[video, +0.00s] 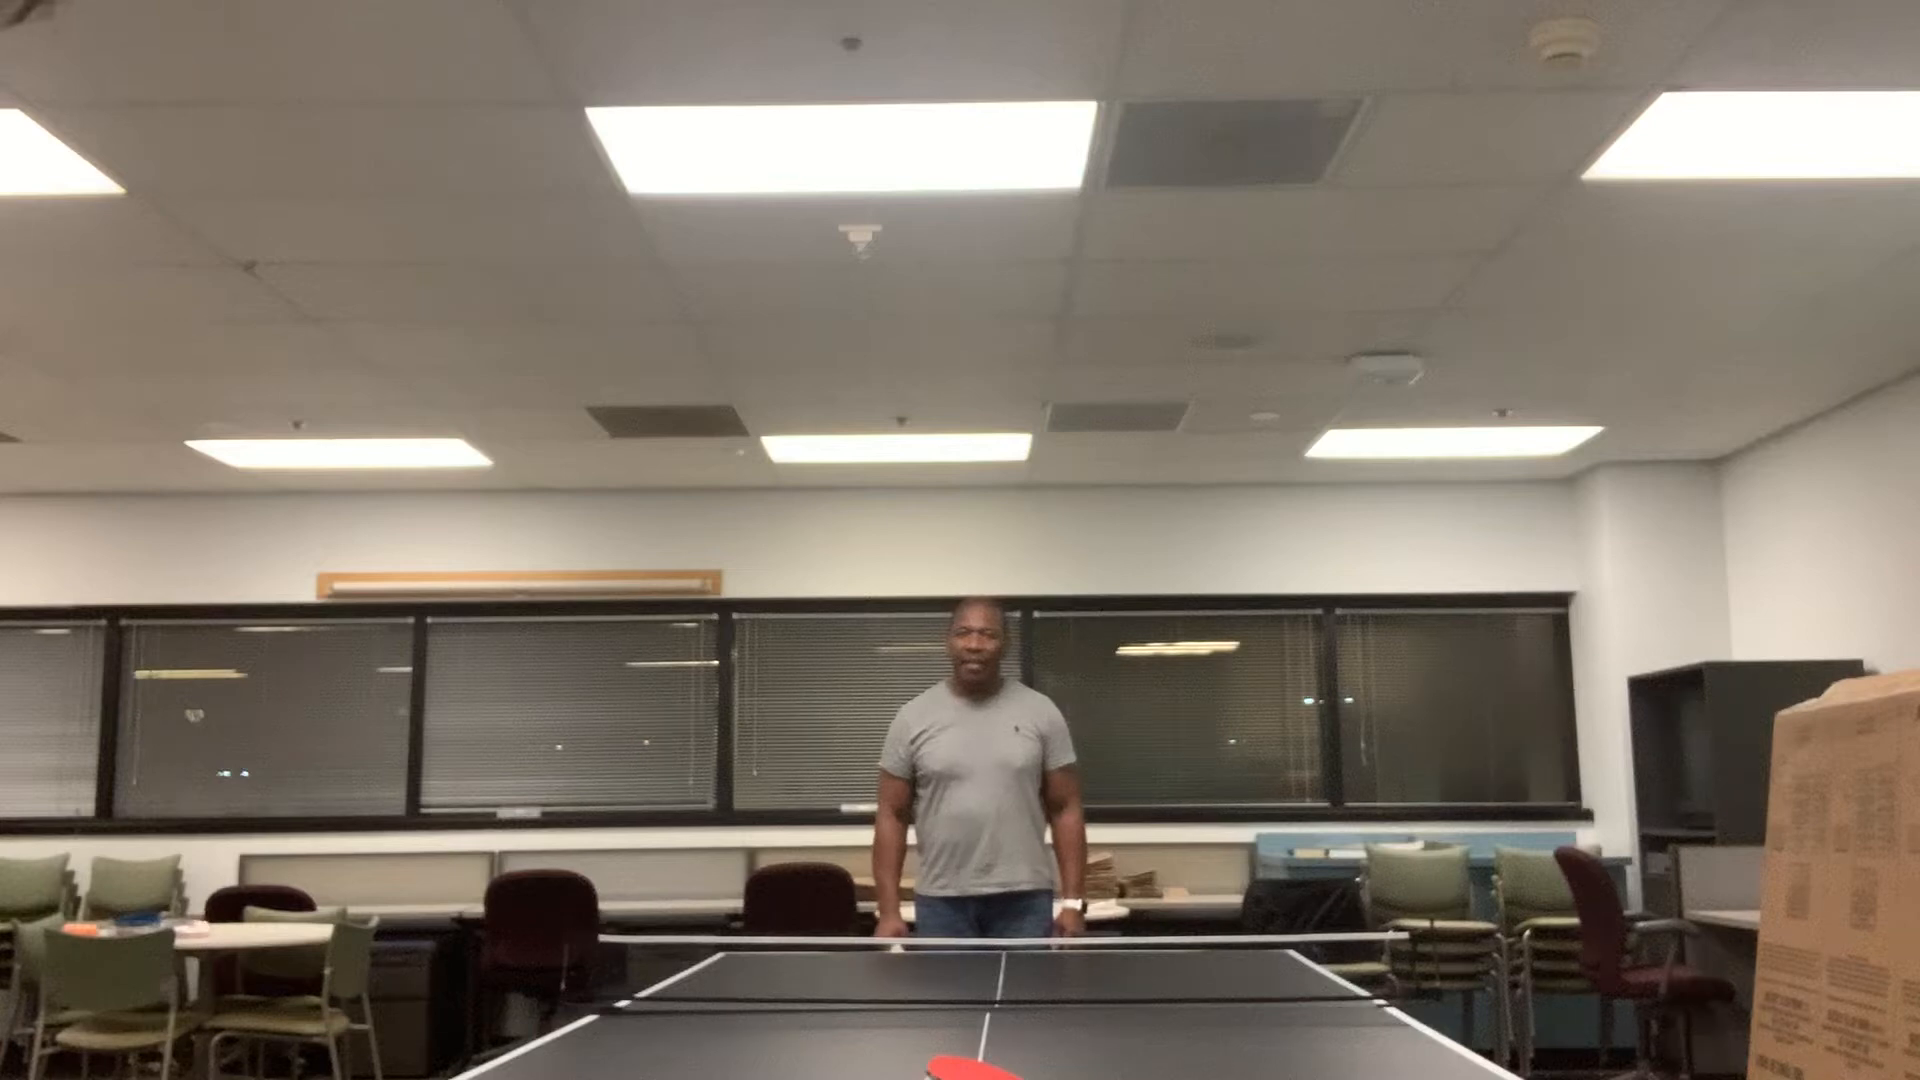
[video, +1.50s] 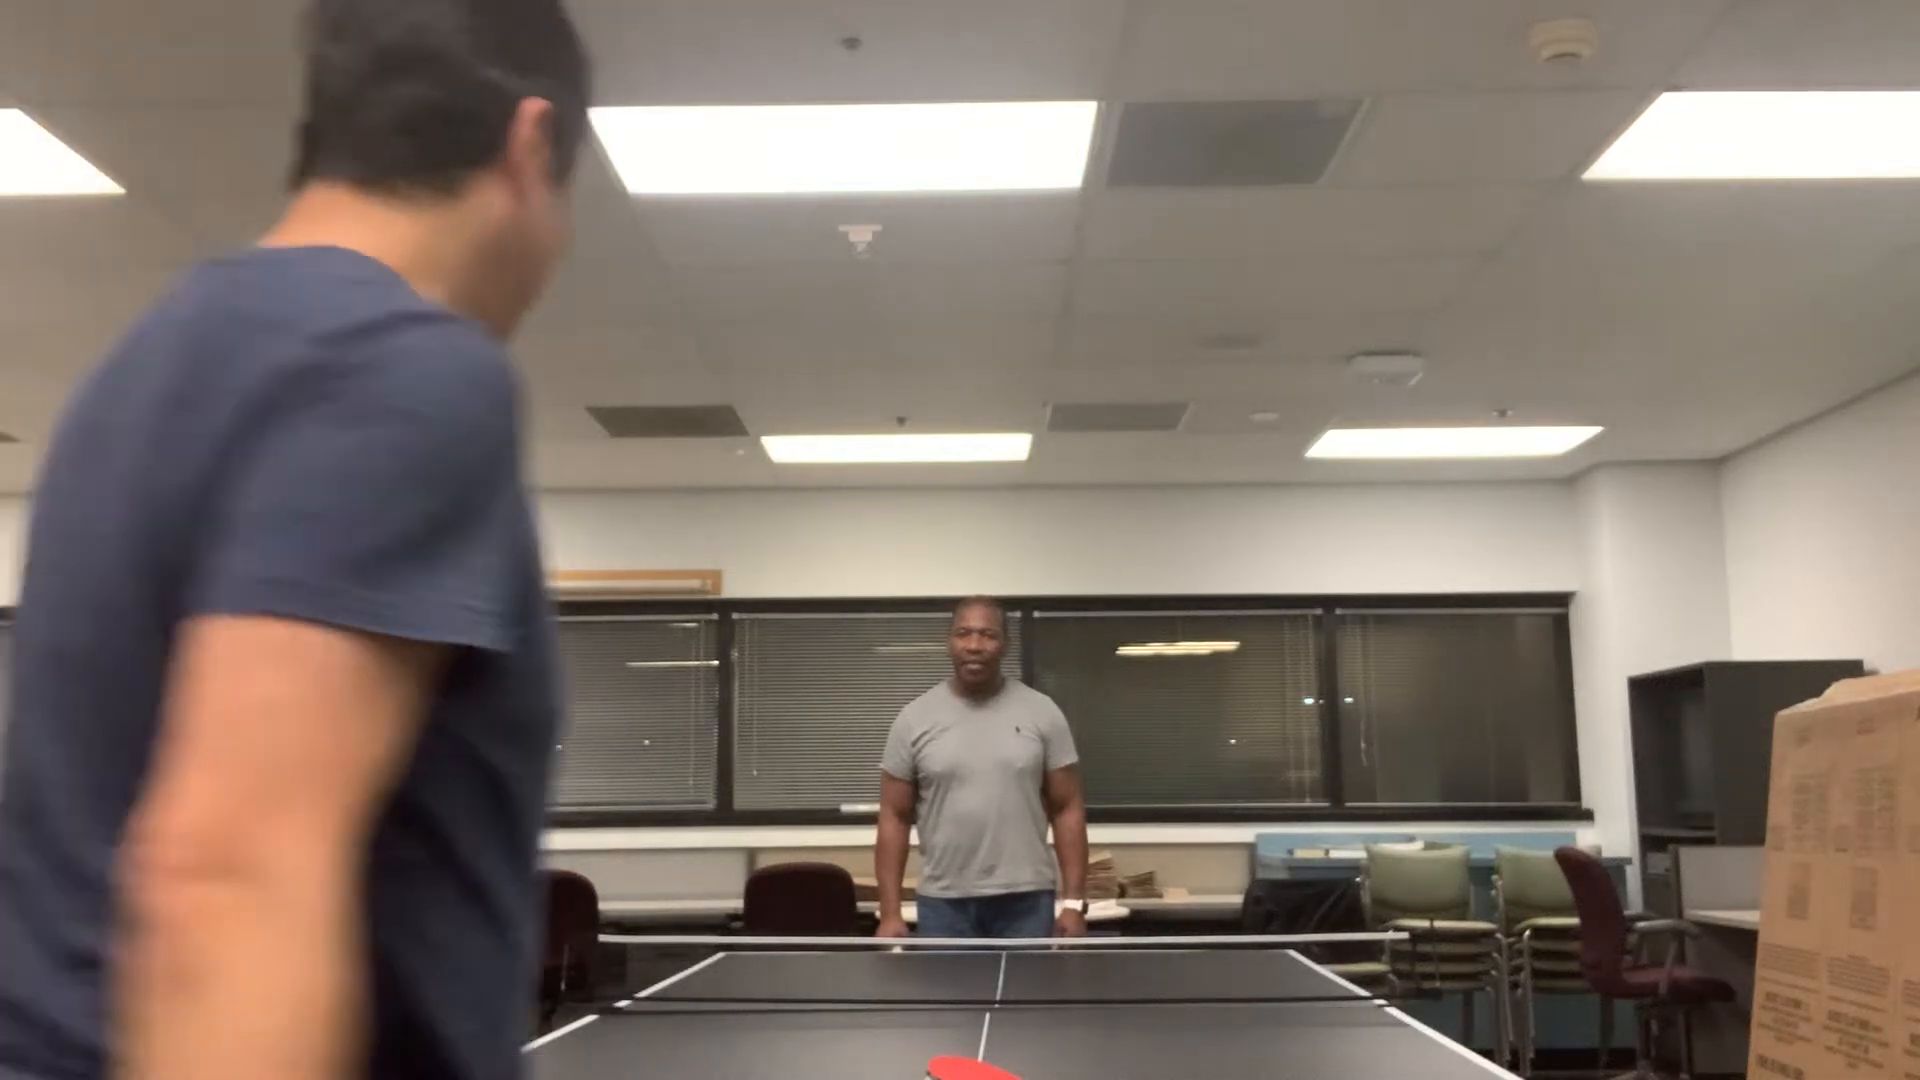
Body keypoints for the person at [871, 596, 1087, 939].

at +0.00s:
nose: (974, 644)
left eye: (987, 634)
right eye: (964, 632)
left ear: (1003, 644)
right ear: (948, 641)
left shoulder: (1040, 713)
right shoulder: (913, 719)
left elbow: (1065, 807)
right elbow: (892, 815)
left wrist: (1072, 902)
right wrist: (889, 912)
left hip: (1024, 900)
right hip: (941, 902)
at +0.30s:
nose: (975, 644)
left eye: (988, 634)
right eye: (964, 632)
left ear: (1004, 644)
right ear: (948, 641)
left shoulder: (1041, 713)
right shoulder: (913, 719)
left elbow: (1066, 807)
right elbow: (892, 815)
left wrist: (1072, 900)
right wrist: (889, 912)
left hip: (1025, 900)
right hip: (942, 902)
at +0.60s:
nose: (975, 645)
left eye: (988, 635)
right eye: (964, 633)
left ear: (1004, 644)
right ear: (948, 641)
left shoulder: (1041, 713)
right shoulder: (914, 719)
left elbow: (1066, 807)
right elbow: (893, 816)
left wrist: (1074, 903)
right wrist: (889, 913)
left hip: (1026, 902)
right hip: (943, 903)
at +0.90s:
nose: (974, 645)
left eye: (988, 635)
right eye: (964, 633)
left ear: (1004, 644)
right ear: (948, 642)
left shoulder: (1041, 713)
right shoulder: (914, 720)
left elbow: (1066, 808)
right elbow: (894, 817)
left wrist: (1073, 903)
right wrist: (890, 914)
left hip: (1026, 903)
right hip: (944, 904)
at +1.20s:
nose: (974, 646)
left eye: (987, 635)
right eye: (964, 633)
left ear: (1004, 644)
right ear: (949, 641)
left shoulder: (1041, 713)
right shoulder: (914, 720)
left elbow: (1066, 807)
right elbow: (894, 817)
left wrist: (1072, 903)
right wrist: (890, 914)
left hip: (1026, 902)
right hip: (944, 903)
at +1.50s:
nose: (974, 646)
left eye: (987, 635)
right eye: (964, 633)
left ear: (1004, 644)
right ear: (949, 642)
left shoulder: (1041, 713)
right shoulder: (914, 720)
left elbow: (1067, 807)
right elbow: (894, 817)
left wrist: (1073, 903)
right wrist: (890, 913)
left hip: (1026, 902)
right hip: (944, 903)